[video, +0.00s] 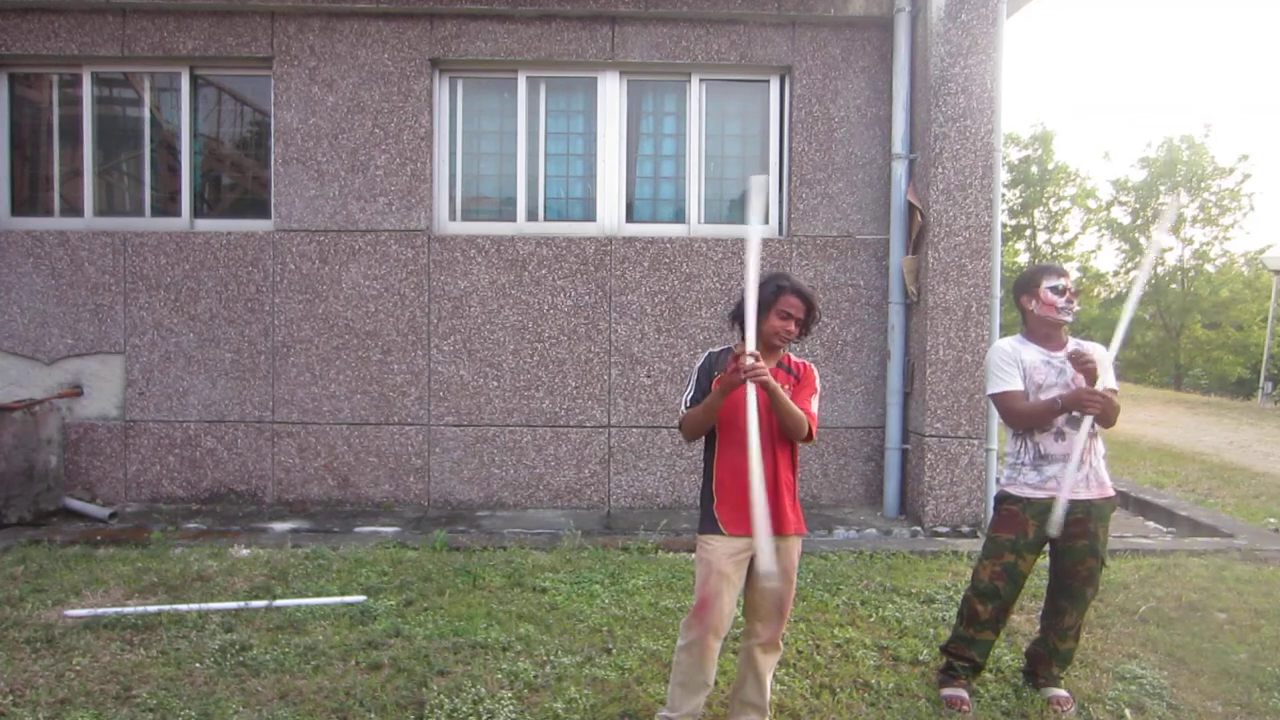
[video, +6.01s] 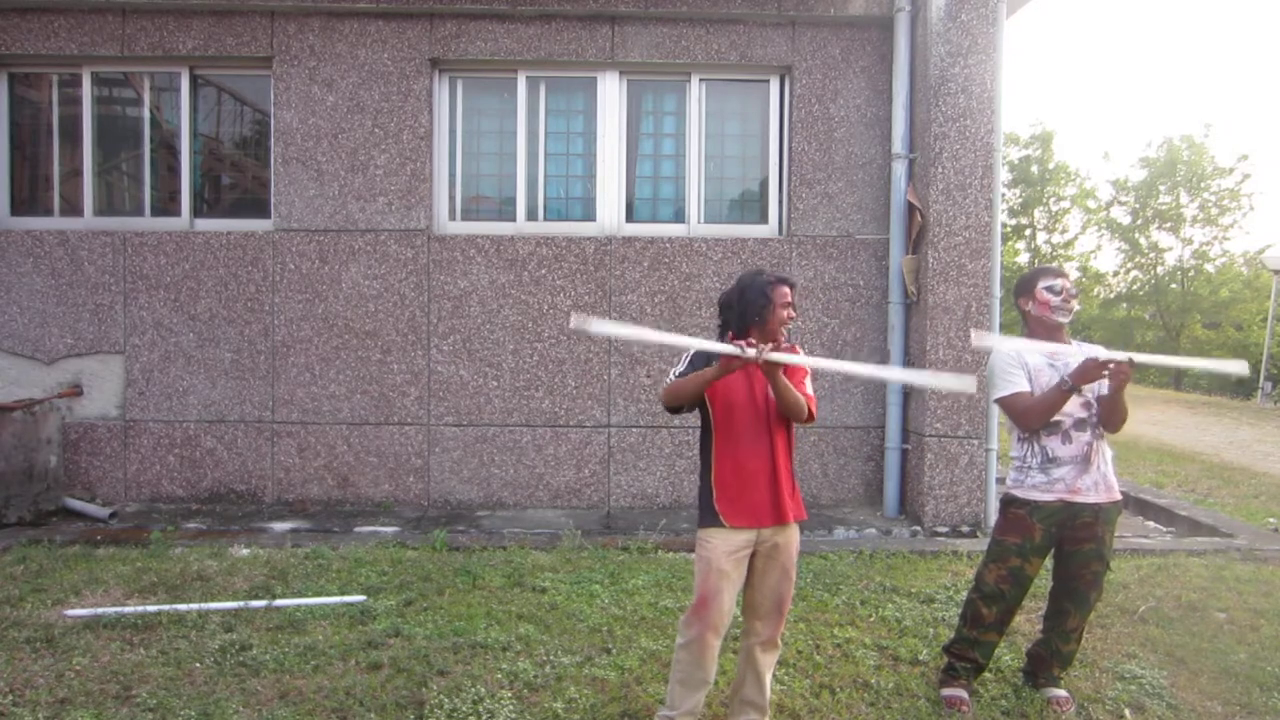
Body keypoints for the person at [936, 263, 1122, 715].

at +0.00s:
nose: (1069, 298)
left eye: (1072, 292)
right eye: (1057, 290)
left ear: (1075, 304)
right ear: (1027, 301)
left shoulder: (1094, 355)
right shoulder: (1005, 352)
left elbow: (1109, 417)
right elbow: (1016, 416)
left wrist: (1092, 379)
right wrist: (1067, 401)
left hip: (1087, 495)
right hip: (1026, 492)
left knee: (1075, 593)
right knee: (992, 584)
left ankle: (1045, 671)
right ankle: (956, 674)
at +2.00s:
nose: (1071, 300)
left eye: (1074, 293)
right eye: (1059, 291)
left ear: (1076, 304)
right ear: (1029, 300)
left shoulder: (1094, 356)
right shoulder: (1006, 355)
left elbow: (1110, 420)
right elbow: (1018, 421)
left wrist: (1103, 421)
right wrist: (1071, 396)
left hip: (1089, 497)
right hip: (1028, 496)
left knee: (1076, 594)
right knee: (994, 585)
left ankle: (1045, 671)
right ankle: (957, 674)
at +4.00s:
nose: (1060, 298)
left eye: (1068, 292)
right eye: (1048, 291)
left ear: (1077, 304)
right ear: (1025, 304)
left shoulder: (1095, 355)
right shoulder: (1008, 355)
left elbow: (1112, 423)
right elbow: (1021, 420)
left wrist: (1099, 393)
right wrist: (1078, 399)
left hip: (1094, 499)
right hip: (1032, 496)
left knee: (1078, 597)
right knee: (997, 586)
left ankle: (1045, 673)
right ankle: (958, 673)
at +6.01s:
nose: (1067, 297)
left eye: (1071, 291)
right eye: (1054, 290)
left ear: (1075, 304)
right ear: (1026, 303)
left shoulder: (1093, 357)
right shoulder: (1009, 354)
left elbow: (1112, 424)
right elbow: (1026, 418)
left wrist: (1117, 391)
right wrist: (1074, 381)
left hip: (1094, 499)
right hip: (1033, 497)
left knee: (1078, 598)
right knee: (997, 588)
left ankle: (1046, 673)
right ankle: (958, 675)